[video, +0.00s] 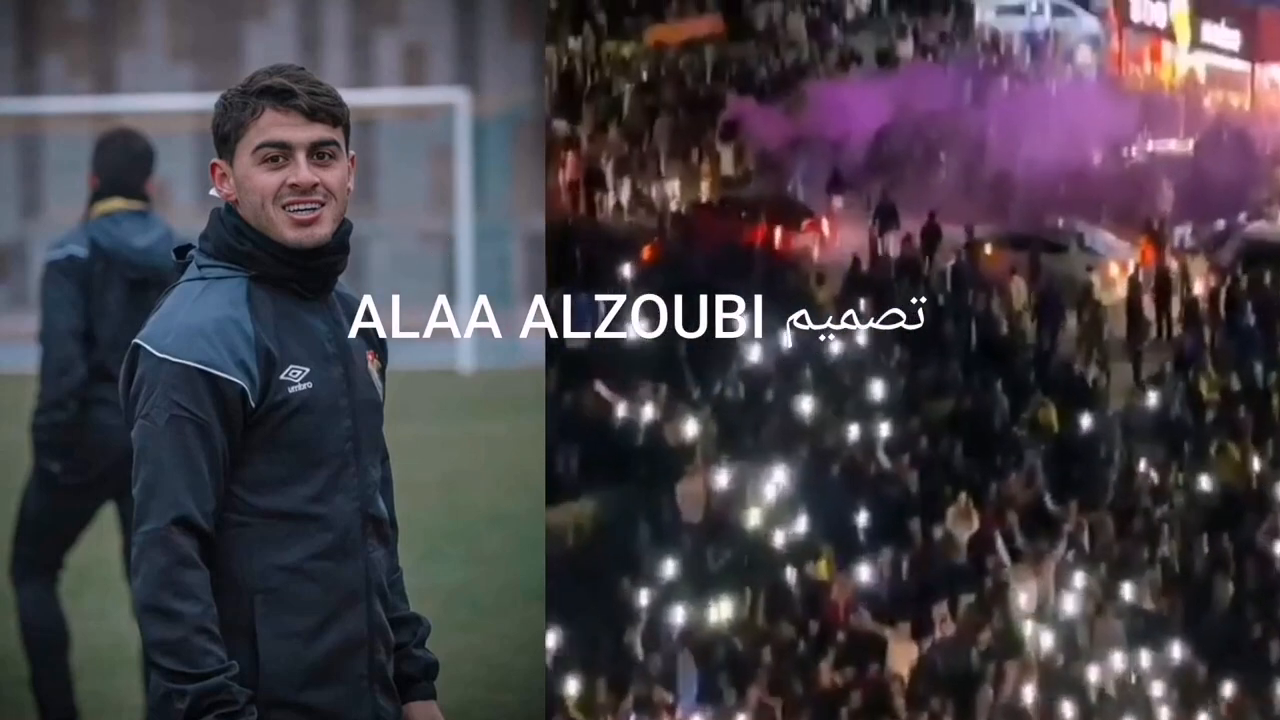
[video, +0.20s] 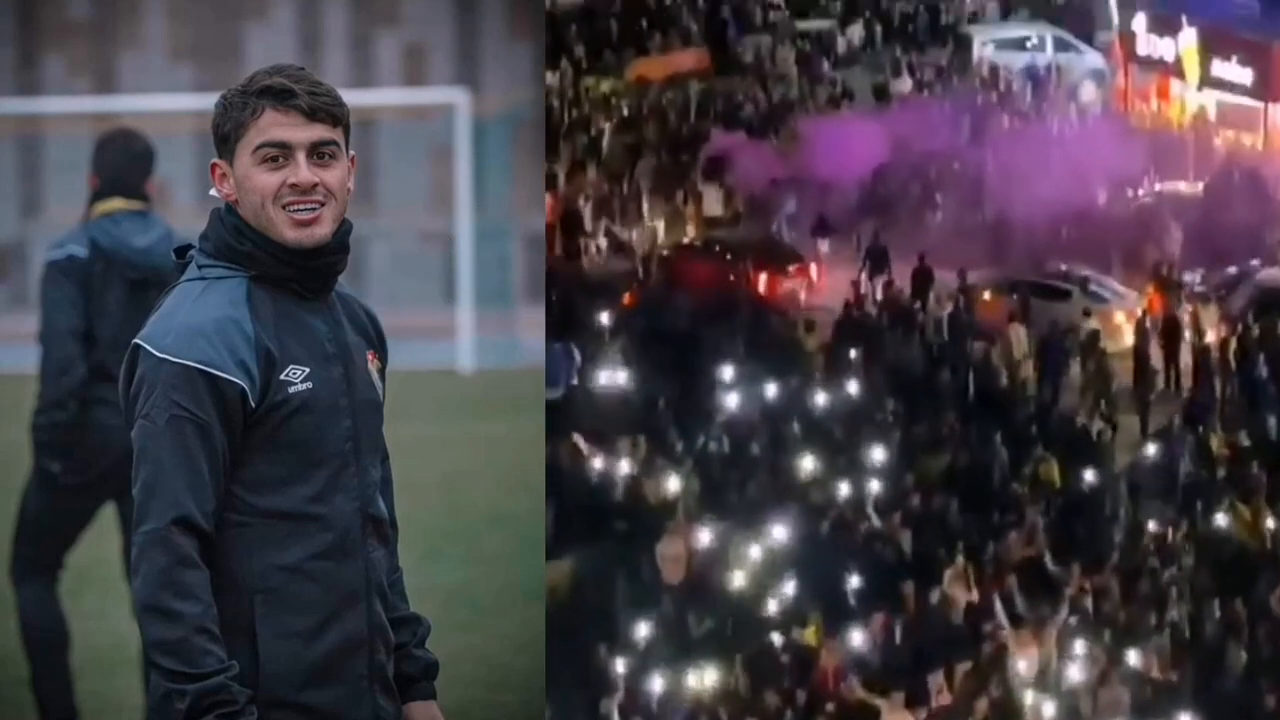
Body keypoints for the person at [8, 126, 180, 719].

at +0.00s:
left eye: (94, 173)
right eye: (150, 178)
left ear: (94, 180)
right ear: (152, 185)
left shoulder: (73, 253)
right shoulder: (178, 254)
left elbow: (65, 362)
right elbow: (191, 352)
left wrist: (52, 442)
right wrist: (175, 429)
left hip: (88, 448)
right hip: (158, 447)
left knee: (34, 569)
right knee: (156, 580)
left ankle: (57, 709)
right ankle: (167, 706)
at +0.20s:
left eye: (93, 173)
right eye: (150, 178)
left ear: (94, 180)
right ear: (152, 185)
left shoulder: (73, 253)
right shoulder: (178, 254)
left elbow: (65, 362)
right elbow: (190, 351)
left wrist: (51, 440)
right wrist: (174, 428)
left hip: (88, 448)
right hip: (158, 447)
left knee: (34, 569)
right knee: (156, 580)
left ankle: (57, 709)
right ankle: (167, 706)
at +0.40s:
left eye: (94, 173)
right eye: (149, 178)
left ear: (94, 180)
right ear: (152, 185)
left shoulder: (73, 253)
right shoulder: (178, 254)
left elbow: (65, 361)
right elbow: (190, 352)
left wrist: (51, 442)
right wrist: (175, 429)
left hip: (88, 449)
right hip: (158, 448)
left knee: (34, 569)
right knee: (156, 580)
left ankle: (57, 709)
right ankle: (167, 706)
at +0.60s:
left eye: (94, 173)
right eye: (149, 178)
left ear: (94, 180)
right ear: (152, 185)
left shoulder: (73, 252)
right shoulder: (177, 254)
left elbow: (65, 361)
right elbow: (190, 351)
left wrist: (51, 441)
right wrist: (174, 429)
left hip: (88, 448)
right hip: (158, 447)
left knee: (34, 569)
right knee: (156, 580)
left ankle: (57, 709)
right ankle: (167, 706)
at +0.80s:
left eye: (94, 173)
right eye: (149, 178)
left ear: (94, 180)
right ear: (152, 185)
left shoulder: (73, 252)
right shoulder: (177, 254)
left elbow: (65, 361)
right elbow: (190, 351)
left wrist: (51, 441)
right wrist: (174, 429)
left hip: (88, 448)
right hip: (158, 447)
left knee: (34, 569)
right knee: (156, 580)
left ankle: (57, 709)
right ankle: (167, 706)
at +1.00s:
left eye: (94, 173)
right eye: (149, 178)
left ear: (94, 180)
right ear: (152, 185)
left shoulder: (73, 252)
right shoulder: (177, 254)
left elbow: (65, 361)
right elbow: (190, 351)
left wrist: (51, 441)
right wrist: (174, 429)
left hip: (88, 448)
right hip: (158, 447)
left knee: (34, 569)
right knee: (156, 580)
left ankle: (57, 709)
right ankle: (167, 706)